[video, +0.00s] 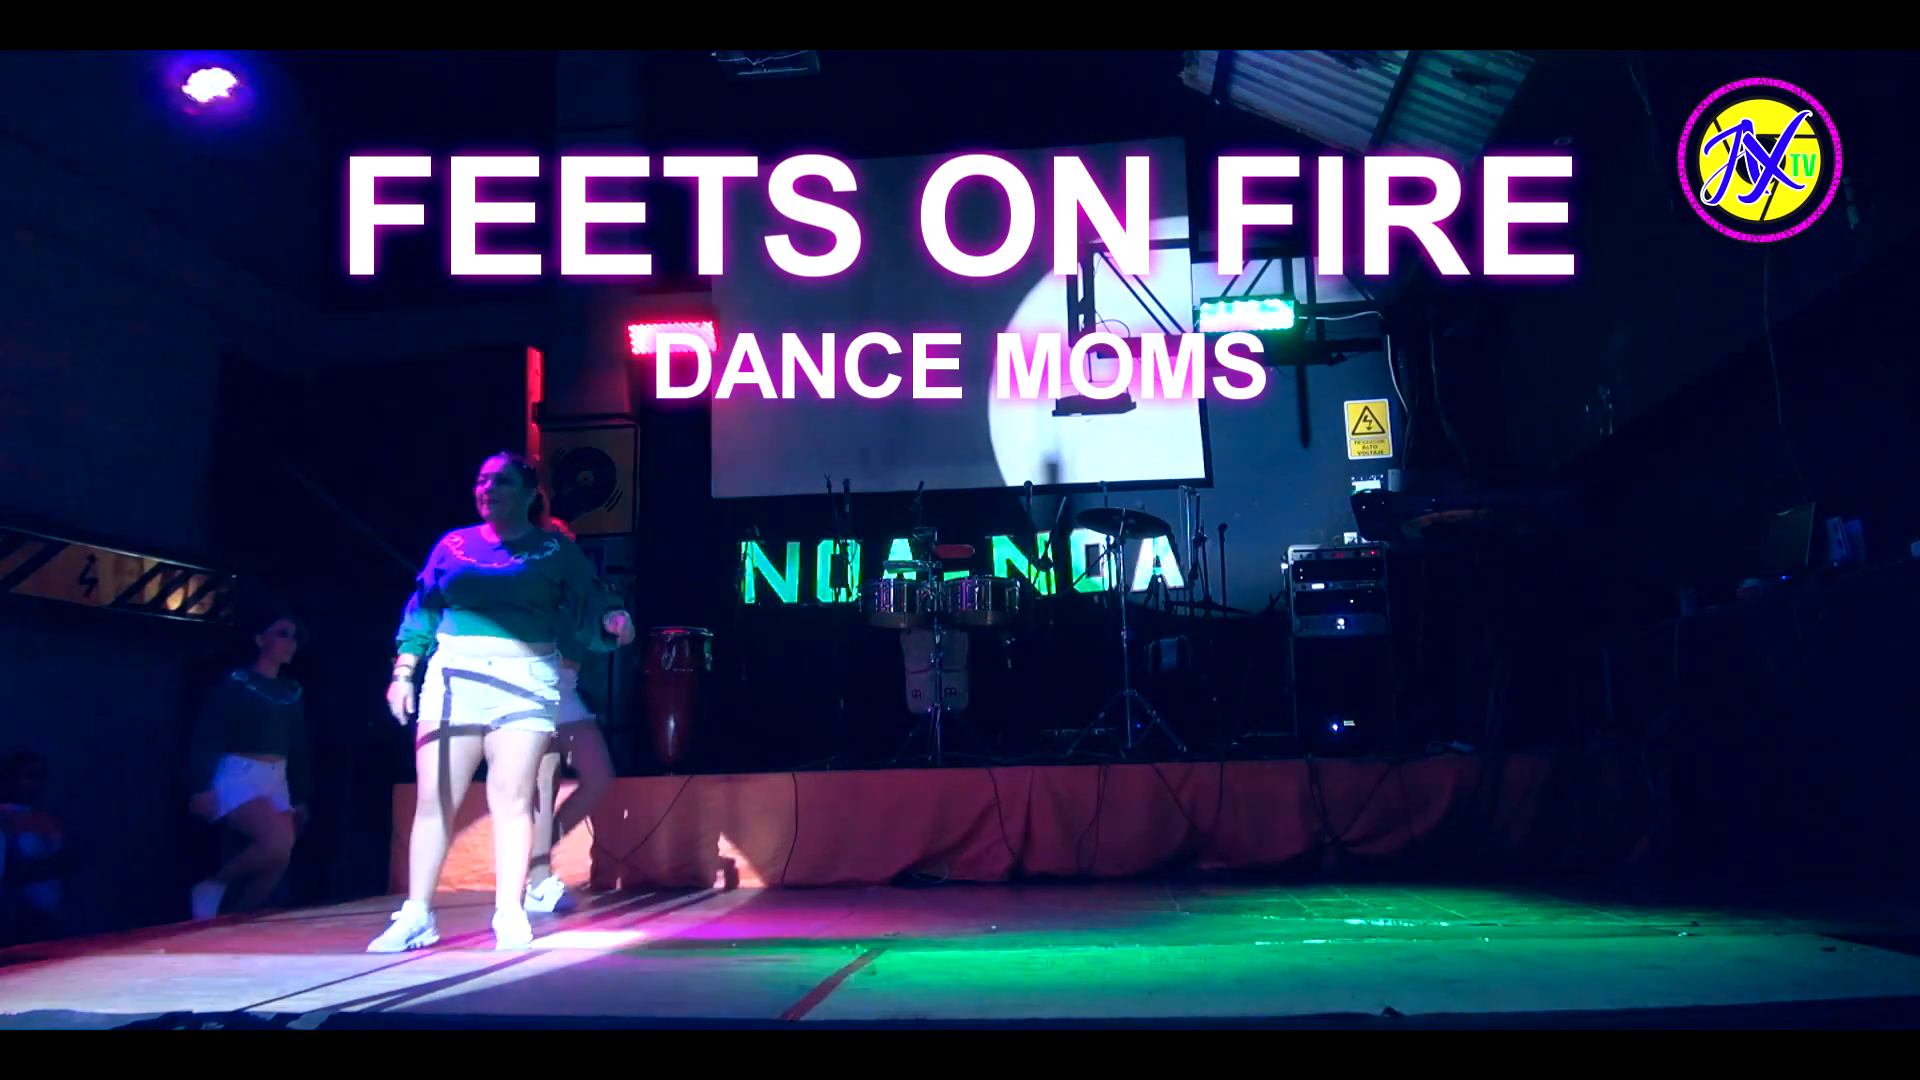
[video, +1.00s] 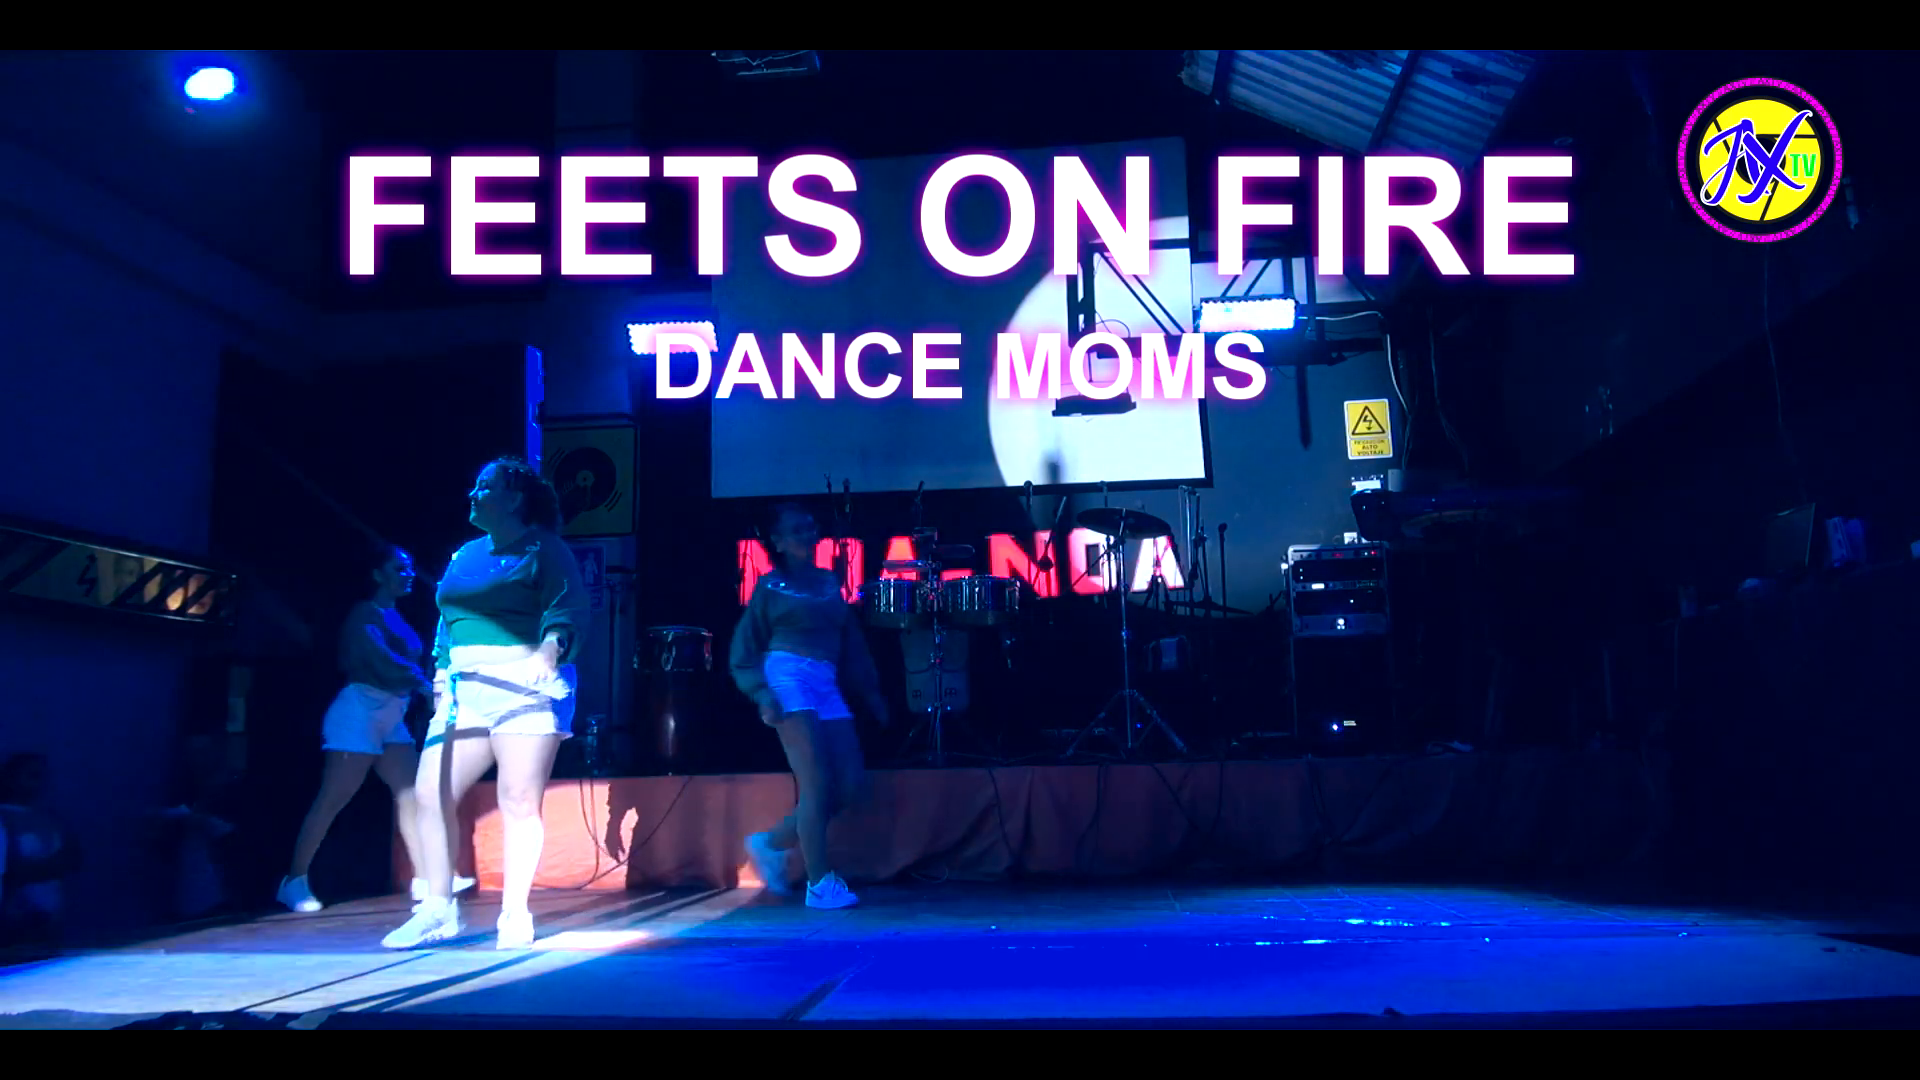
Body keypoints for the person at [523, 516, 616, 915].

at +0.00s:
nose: (559, 553)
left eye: (563, 546)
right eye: (552, 547)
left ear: (571, 549)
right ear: (535, 549)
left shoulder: (579, 590)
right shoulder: (523, 588)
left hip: (563, 687)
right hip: (525, 686)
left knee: (599, 779)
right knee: (543, 782)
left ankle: (539, 846)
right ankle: (539, 876)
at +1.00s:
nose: (807, 536)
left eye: (809, 529)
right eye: (796, 531)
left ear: (816, 533)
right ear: (778, 541)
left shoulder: (828, 583)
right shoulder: (770, 587)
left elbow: (850, 644)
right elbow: (741, 653)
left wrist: (870, 694)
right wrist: (762, 696)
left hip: (825, 677)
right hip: (786, 674)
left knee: (849, 783)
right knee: (814, 781)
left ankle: (769, 843)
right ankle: (819, 882)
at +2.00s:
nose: (1027, 506)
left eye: (1034, 498)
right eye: (1019, 502)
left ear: (1054, 501)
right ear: (1012, 514)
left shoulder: (1087, 551)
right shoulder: (1010, 565)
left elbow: (1121, 611)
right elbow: (987, 632)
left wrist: (1157, 656)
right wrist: (988, 694)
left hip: (1085, 660)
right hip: (1032, 657)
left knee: (1098, 780)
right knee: (1066, 773)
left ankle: (1022, 844)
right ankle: (1093, 889)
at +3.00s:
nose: (1203, 438)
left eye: (1214, 427)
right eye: (1195, 433)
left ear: (1240, 436)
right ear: (1189, 449)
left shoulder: (1283, 489)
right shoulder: (1187, 511)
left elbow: (1341, 551)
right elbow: (1169, 593)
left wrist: (1370, 597)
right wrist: (1170, 666)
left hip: (1272, 631)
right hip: (1207, 629)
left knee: (1279, 770)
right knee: (1242, 764)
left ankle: (1238, 879)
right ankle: (1275, 902)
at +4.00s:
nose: (1253, 406)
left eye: (1265, 397)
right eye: (1250, 399)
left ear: (1298, 405)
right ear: (1249, 413)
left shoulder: (1338, 465)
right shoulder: (1235, 480)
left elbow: (1401, 542)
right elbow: (1217, 572)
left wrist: (1399, 596)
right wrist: (1220, 644)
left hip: (1325, 609)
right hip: (1249, 613)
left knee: (1343, 759)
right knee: (1262, 764)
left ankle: (1355, 901)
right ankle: (1286, 904)